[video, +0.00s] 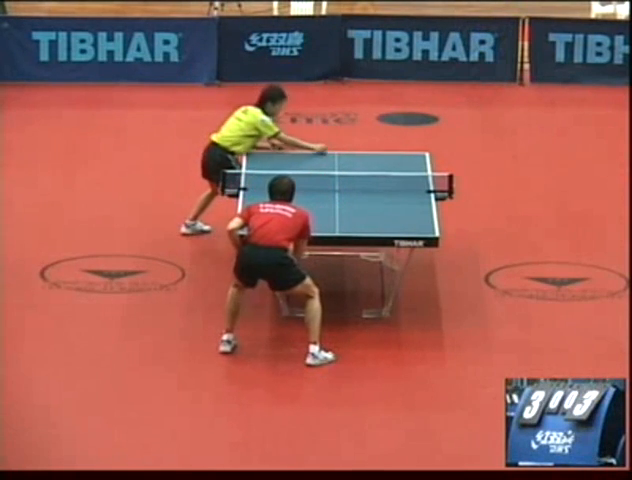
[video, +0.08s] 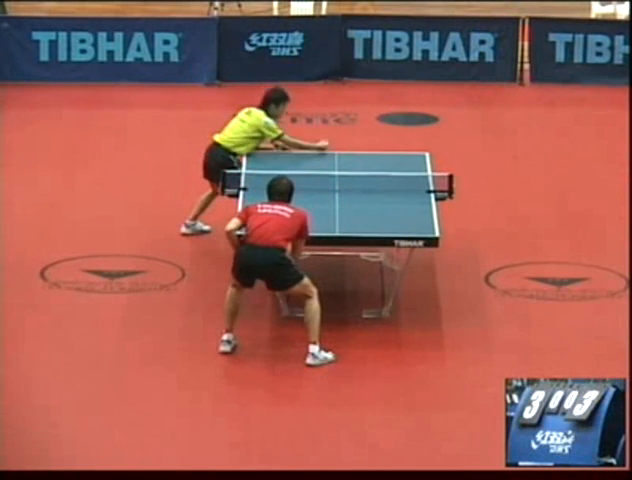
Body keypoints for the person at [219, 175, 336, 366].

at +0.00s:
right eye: (290, 193)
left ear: (270, 194)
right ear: (292, 195)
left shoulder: (254, 209)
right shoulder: (301, 215)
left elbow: (231, 228)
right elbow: (300, 251)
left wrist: (241, 250)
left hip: (250, 252)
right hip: (278, 255)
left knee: (237, 287)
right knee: (312, 294)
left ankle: (227, 336)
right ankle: (315, 349)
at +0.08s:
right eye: (288, 194)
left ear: (268, 195)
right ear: (290, 196)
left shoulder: (252, 209)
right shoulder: (299, 216)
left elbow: (230, 229)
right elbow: (297, 252)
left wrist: (239, 250)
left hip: (247, 252)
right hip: (275, 255)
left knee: (236, 287)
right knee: (311, 294)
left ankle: (227, 336)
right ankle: (315, 349)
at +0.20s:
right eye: (287, 194)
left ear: (267, 195)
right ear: (289, 197)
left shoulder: (251, 209)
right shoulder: (297, 216)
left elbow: (228, 231)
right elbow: (294, 253)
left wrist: (238, 250)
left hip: (245, 252)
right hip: (272, 255)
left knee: (235, 287)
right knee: (310, 294)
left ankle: (227, 335)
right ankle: (314, 349)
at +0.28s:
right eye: (286, 194)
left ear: (266, 195)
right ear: (288, 197)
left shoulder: (250, 209)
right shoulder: (296, 216)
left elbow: (228, 232)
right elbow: (294, 253)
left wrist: (239, 249)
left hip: (244, 252)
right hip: (272, 255)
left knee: (235, 287)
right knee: (309, 294)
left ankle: (227, 335)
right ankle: (314, 349)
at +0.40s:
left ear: (266, 195)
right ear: (288, 197)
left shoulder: (250, 210)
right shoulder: (296, 216)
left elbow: (228, 233)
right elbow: (294, 253)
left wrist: (240, 248)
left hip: (243, 252)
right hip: (271, 255)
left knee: (235, 287)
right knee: (309, 293)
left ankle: (227, 335)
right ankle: (314, 349)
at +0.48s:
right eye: (286, 194)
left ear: (266, 195)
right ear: (288, 197)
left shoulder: (250, 210)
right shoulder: (296, 216)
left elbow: (228, 233)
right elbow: (294, 253)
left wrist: (240, 248)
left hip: (243, 253)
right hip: (271, 255)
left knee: (235, 287)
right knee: (309, 293)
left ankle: (227, 335)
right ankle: (314, 349)